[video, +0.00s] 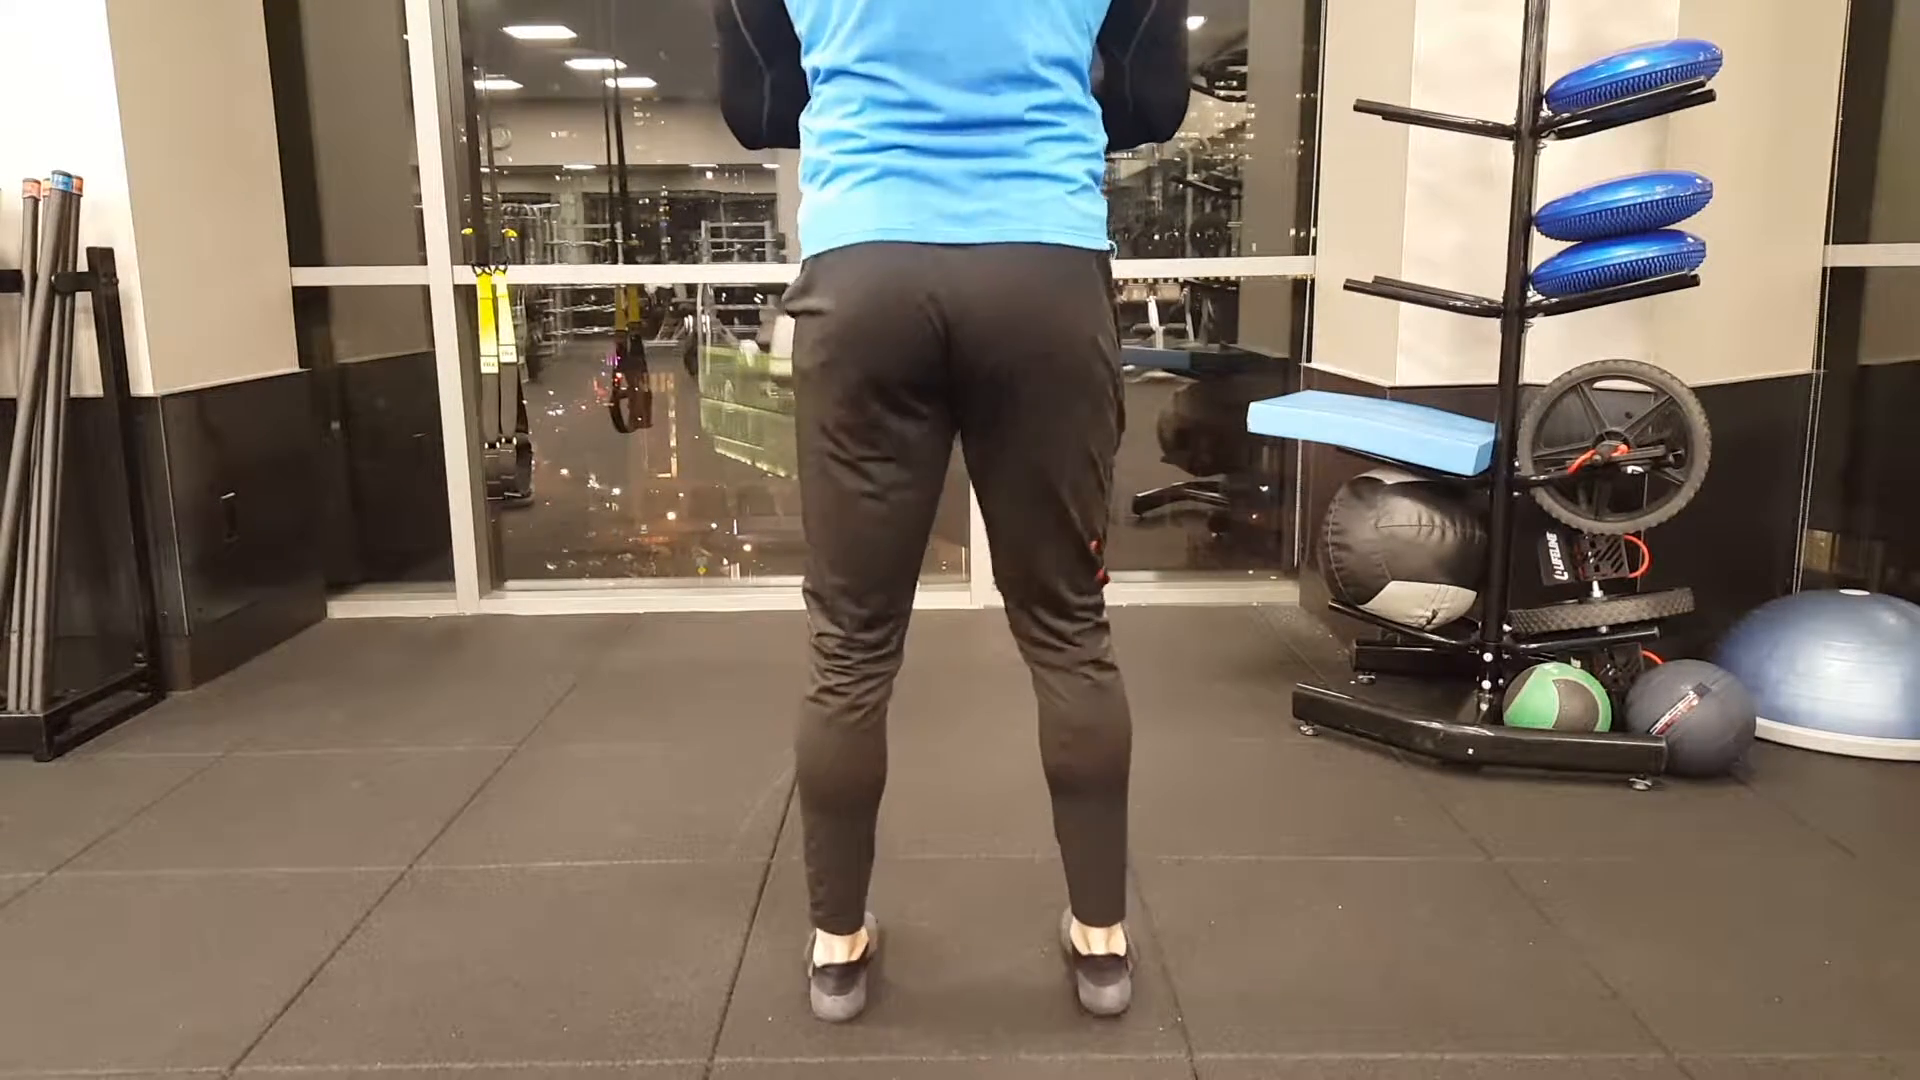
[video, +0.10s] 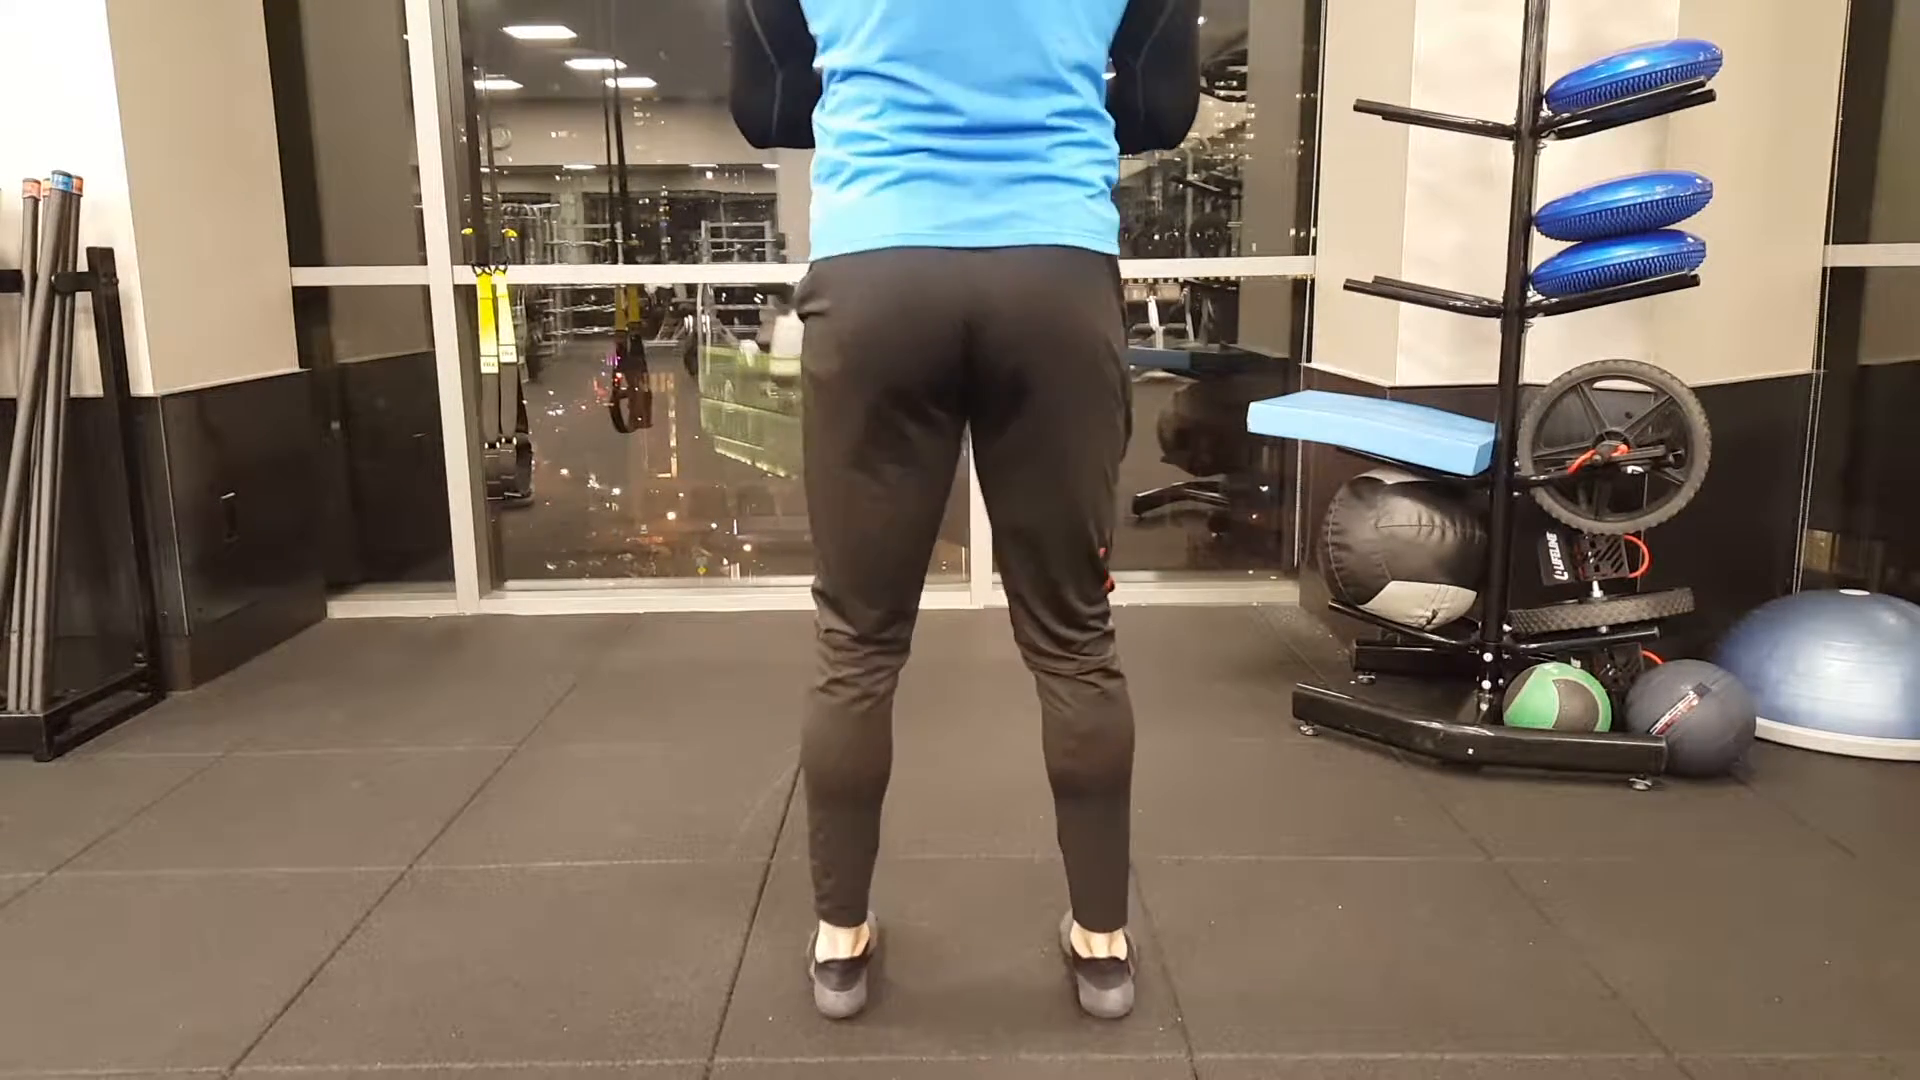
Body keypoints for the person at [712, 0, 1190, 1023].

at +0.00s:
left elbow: (757, 111)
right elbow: (1150, 104)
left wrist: (883, 91)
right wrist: (1024, 118)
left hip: (862, 258)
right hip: (1043, 262)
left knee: (851, 643)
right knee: (1067, 624)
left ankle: (837, 953)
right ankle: (1101, 947)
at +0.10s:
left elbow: (768, 111)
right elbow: (1159, 112)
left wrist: (898, 97)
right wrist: (1030, 111)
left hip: (876, 267)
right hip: (1057, 267)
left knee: (858, 637)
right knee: (1073, 632)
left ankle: (840, 946)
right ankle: (1103, 949)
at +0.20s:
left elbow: (774, 115)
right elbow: (1161, 117)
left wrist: (914, 100)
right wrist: (1029, 110)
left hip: (882, 271)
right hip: (1063, 267)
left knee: (861, 627)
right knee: (1073, 630)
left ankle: (847, 943)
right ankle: (1101, 949)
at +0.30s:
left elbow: (766, 118)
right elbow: (1154, 114)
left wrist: (891, 84)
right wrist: (1034, 101)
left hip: (875, 273)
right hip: (1055, 268)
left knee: (859, 644)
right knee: (1072, 631)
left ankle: (846, 955)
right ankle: (1103, 952)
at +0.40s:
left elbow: (758, 120)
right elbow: (1147, 111)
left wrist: (889, 97)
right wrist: (1020, 101)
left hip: (867, 268)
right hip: (1047, 268)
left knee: (857, 642)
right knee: (1063, 621)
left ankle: (845, 952)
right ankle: (1099, 947)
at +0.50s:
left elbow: (758, 119)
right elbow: (1149, 113)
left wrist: (880, 85)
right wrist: (1022, 93)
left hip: (866, 273)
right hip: (1046, 272)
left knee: (856, 642)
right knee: (1066, 631)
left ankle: (845, 952)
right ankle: (1102, 954)